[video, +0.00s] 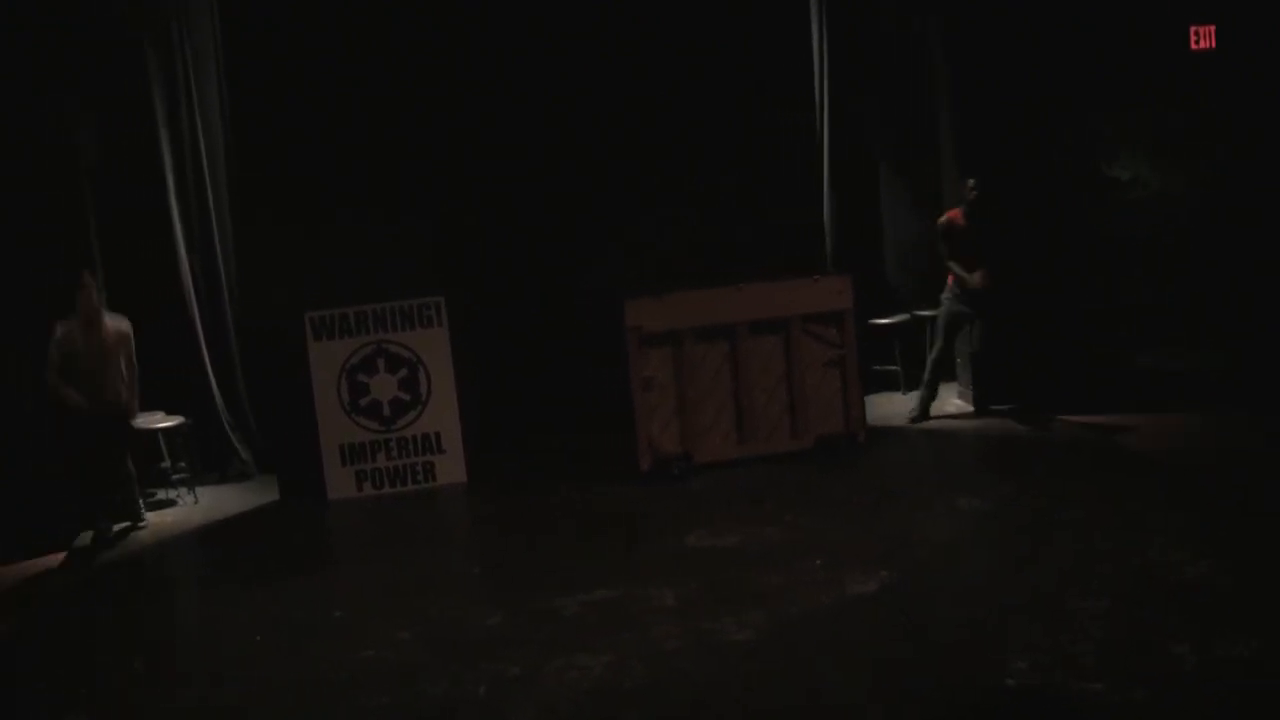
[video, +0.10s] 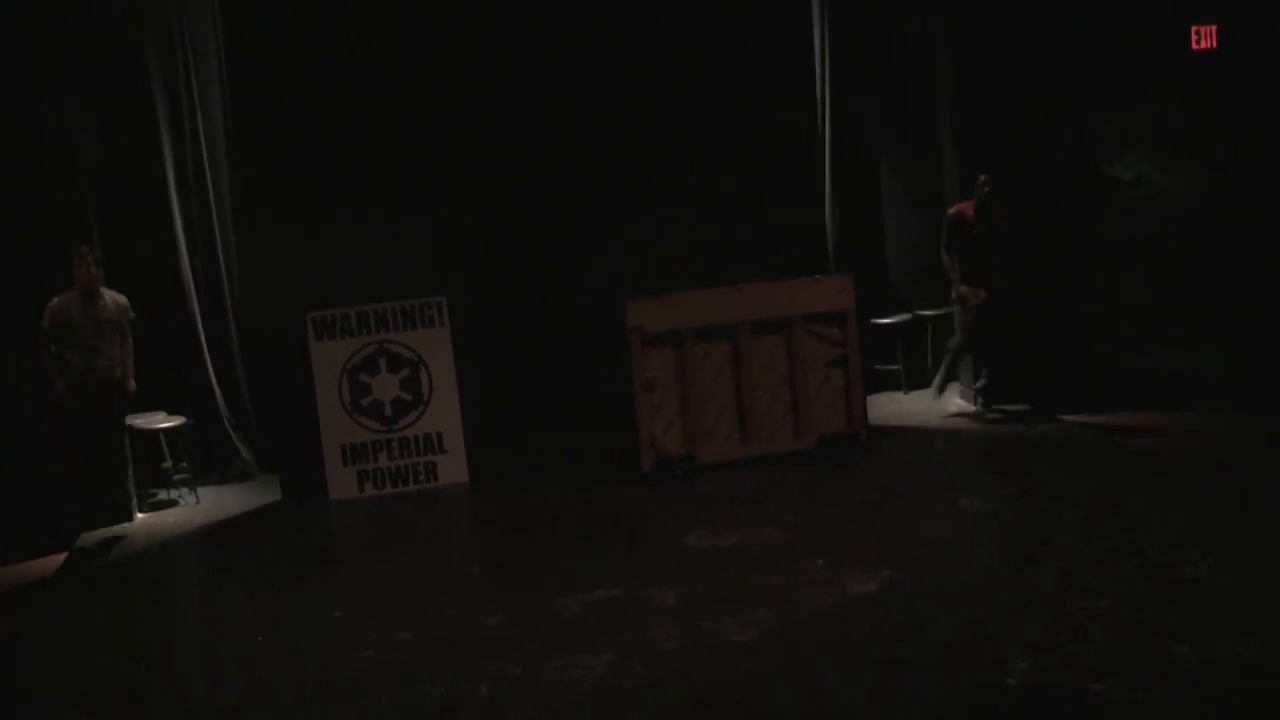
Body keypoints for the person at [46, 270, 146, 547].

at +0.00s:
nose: (88, 297)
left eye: (91, 290)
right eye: (83, 291)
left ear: (100, 294)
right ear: (76, 297)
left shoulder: (121, 327)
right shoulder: (66, 331)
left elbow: (131, 366)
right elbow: (55, 373)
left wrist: (132, 399)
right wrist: (71, 397)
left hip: (116, 405)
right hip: (84, 408)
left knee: (121, 460)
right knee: (92, 465)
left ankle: (134, 511)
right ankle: (100, 521)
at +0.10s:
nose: (90, 272)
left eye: (94, 266)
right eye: (84, 266)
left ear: (101, 269)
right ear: (75, 271)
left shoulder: (119, 304)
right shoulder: (58, 308)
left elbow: (126, 342)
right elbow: (51, 350)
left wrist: (129, 376)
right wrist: (59, 382)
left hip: (113, 388)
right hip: (76, 391)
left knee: (115, 452)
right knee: (82, 453)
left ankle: (120, 515)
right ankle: (85, 518)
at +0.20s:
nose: (89, 265)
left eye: (93, 258)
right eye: (82, 259)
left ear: (101, 261)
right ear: (74, 264)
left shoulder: (118, 297)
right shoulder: (57, 299)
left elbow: (124, 339)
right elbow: (47, 340)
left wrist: (125, 373)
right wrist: (52, 373)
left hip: (110, 384)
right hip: (72, 385)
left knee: (113, 450)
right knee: (77, 450)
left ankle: (116, 514)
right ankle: (79, 515)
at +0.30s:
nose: (88, 266)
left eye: (93, 259)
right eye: (82, 259)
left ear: (101, 262)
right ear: (73, 264)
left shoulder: (118, 301)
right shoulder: (57, 300)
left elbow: (122, 344)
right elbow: (46, 340)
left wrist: (122, 380)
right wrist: (50, 374)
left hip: (106, 386)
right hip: (69, 388)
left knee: (111, 454)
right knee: (74, 453)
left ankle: (115, 518)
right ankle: (76, 519)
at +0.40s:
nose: (90, 285)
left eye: (94, 278)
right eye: (84, 279)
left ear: (102, 281)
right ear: (77, 281)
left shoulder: (119, 321)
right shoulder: (59, 317)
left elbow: (124, 366)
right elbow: (48, 357)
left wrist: (122, 402)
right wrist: (54, 391)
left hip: (105, 402)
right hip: (70, 403)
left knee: (109, 468)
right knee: (79, 468)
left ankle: (110, 541)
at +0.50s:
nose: (89, 315)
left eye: (94, 309)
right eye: (84, 309)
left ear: (105, 313)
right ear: (78, 314)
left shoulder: (120, 356)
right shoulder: (62, 351)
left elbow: (131, 397)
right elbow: (56, 389)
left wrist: (130, 429)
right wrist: (64, 421)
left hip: (109, 431)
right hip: (74, 430)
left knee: (110, 488)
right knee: (85, 488)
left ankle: (109, 545)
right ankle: (94, 548)